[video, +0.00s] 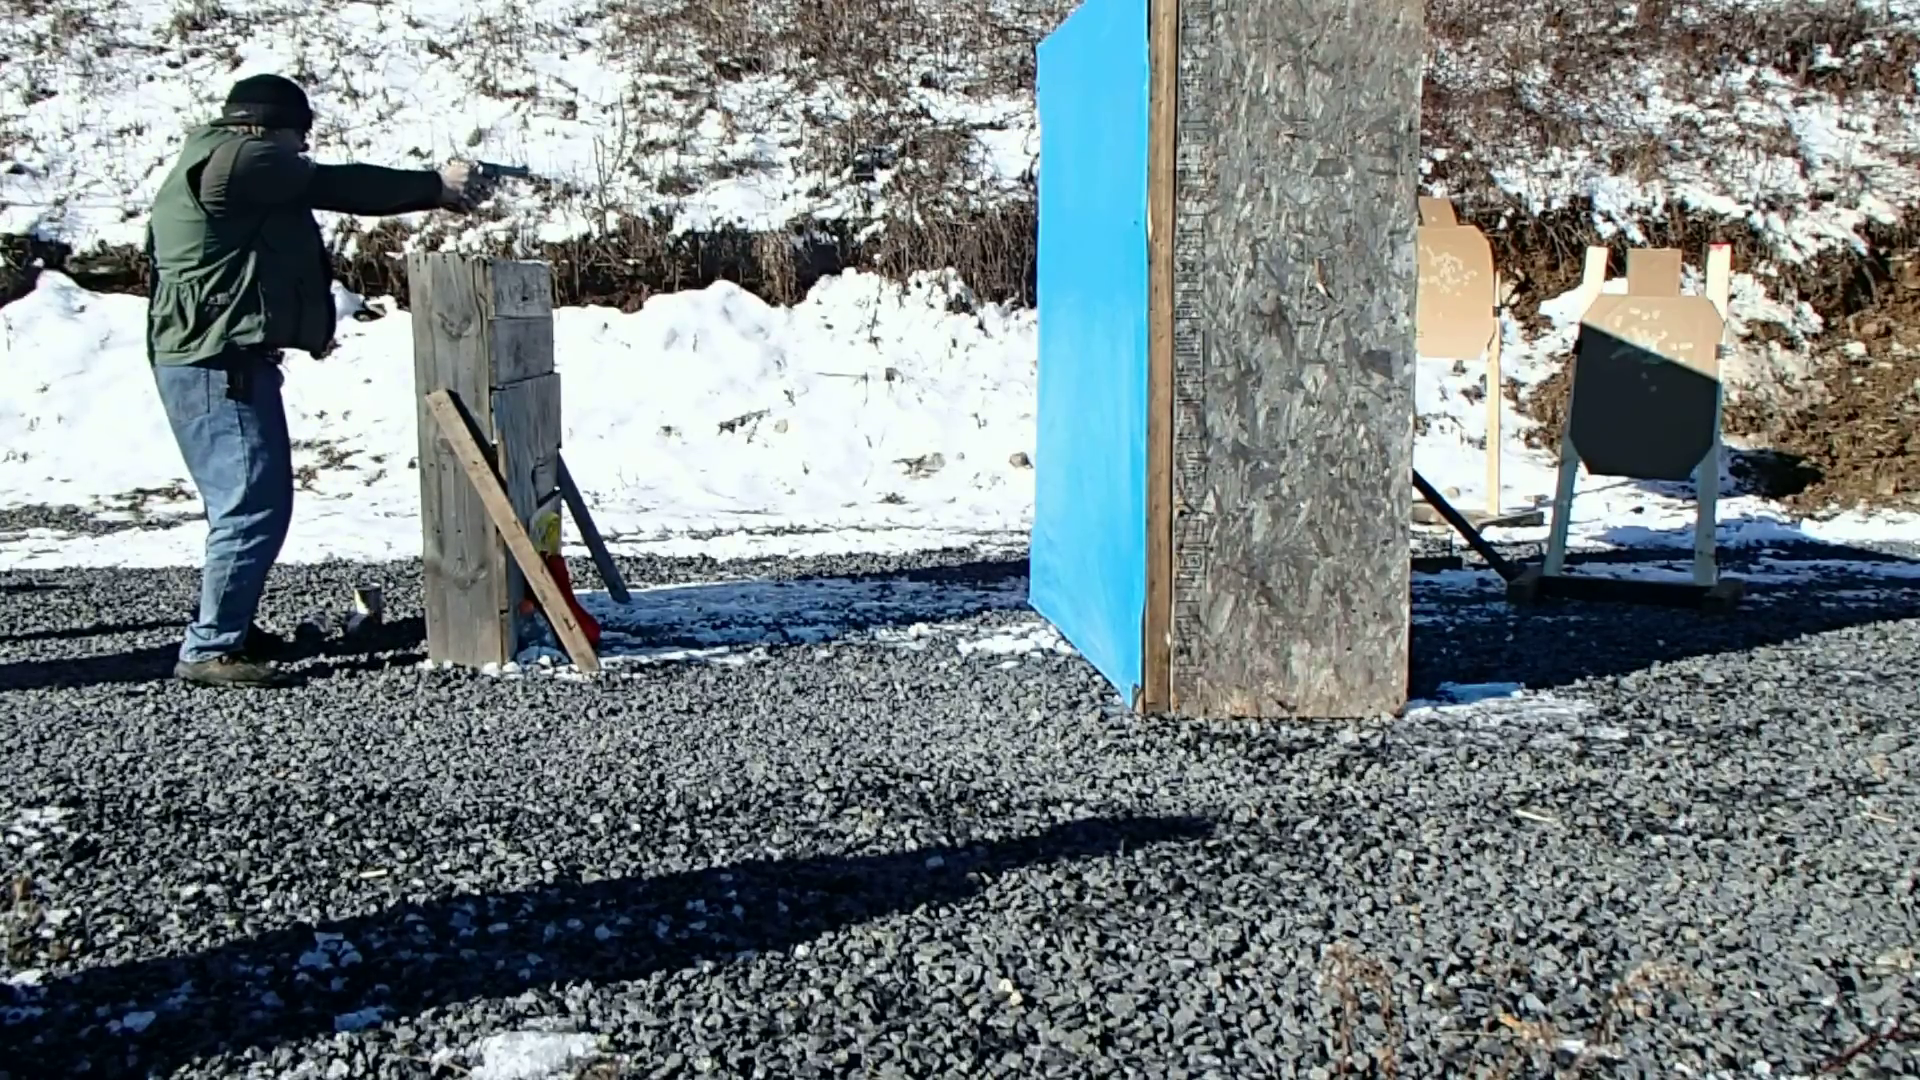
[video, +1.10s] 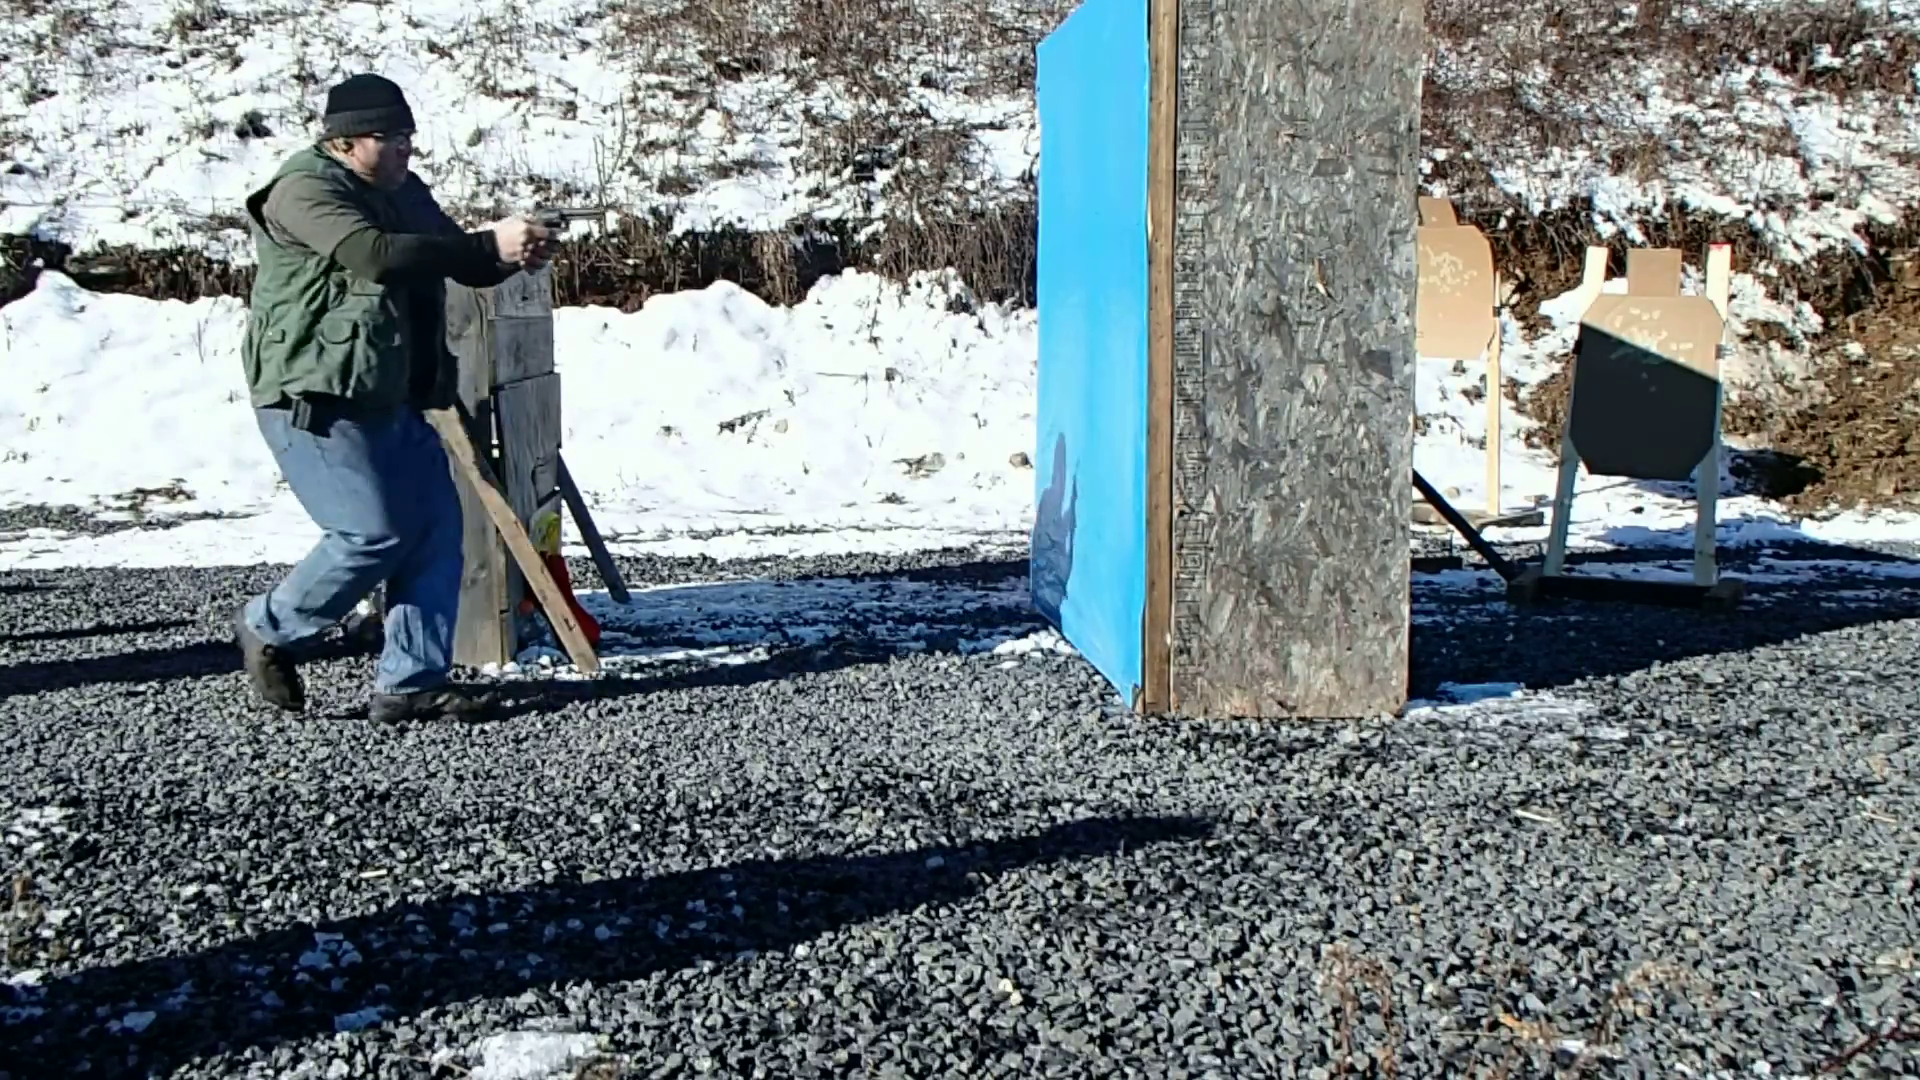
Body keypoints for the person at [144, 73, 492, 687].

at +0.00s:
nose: (303, 148)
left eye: (303, 138)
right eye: (298, 136)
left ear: (243, 118)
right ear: (271, 126)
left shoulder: (209, 159)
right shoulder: (240, 160)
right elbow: (344, 185)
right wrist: (438, 183)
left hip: (221, 359)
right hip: (220, 362)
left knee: (253, 500)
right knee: (252, 502)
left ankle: (230, 630)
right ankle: (212, 646)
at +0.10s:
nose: (303, 148)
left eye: (303, 137)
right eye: (298, 136)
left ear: (244, 118)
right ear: (272, 126)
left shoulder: (208, 158)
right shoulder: (241, 159)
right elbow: (344, 185)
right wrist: (438, 183)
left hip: (219, 358)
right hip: (220, 361)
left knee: (253, 500)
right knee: (251, 502)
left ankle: (229, 630)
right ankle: (211, 646)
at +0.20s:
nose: (303, 150)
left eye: (303, 139)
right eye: (298, 137)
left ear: (245, 118)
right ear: (272, 126)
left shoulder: (212, 158)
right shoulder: (237, 160)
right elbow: (340, 187)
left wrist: (433, 190)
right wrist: (437, 186)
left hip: (221, 359)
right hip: (218, 363)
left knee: (254, 502)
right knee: (251, 504)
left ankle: (230, 630)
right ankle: (211, 647)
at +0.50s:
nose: (312, 173)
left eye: (313, 162)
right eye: (306, 160)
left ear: (267, 156)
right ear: (270, 155)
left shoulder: (283, 207)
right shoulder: (213, 190)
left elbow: (315, 290)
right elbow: (262, 263)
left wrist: (354, 244)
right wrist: (343, 229)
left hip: (236, 379)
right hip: (194, 377)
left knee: (259, 494)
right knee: (280, 482)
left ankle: (201, 626)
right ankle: (218, 630)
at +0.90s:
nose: (356, 159)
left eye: (358, 147)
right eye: (344, 147)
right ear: (299, 151)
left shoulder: (352, 210)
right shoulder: (244, 205)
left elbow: (383, 299)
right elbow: (285, 285)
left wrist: (421, 279)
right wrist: (390, 261)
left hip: (330, 406)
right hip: (250, 409)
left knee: (375, 517)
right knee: (286, 540)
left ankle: (298, 625)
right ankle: (227, 667)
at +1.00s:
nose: (383, 147)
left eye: (385, 135)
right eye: (371, 136)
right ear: (325, 140)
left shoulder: (378, 198)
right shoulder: (276, 192)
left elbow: (414, 281)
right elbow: (330, 271)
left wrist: (456, 258)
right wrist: (435, 255)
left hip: (360, 401)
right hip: (281, 402)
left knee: (411, 512)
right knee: (300, 543)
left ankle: (386, 662)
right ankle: (234, 665)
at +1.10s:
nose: (407, 153)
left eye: (408, 140)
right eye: (396, 141)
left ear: (390, 139)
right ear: (353, 140)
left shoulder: (403, 193)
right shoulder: (303, 188)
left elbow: (457, 262)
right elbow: (373, 255)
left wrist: (508, 256)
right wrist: (482, 242)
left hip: (388, 399)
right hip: (311, 400)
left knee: (436, 525)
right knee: (372, 532)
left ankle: (409, 682)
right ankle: (267, 629)